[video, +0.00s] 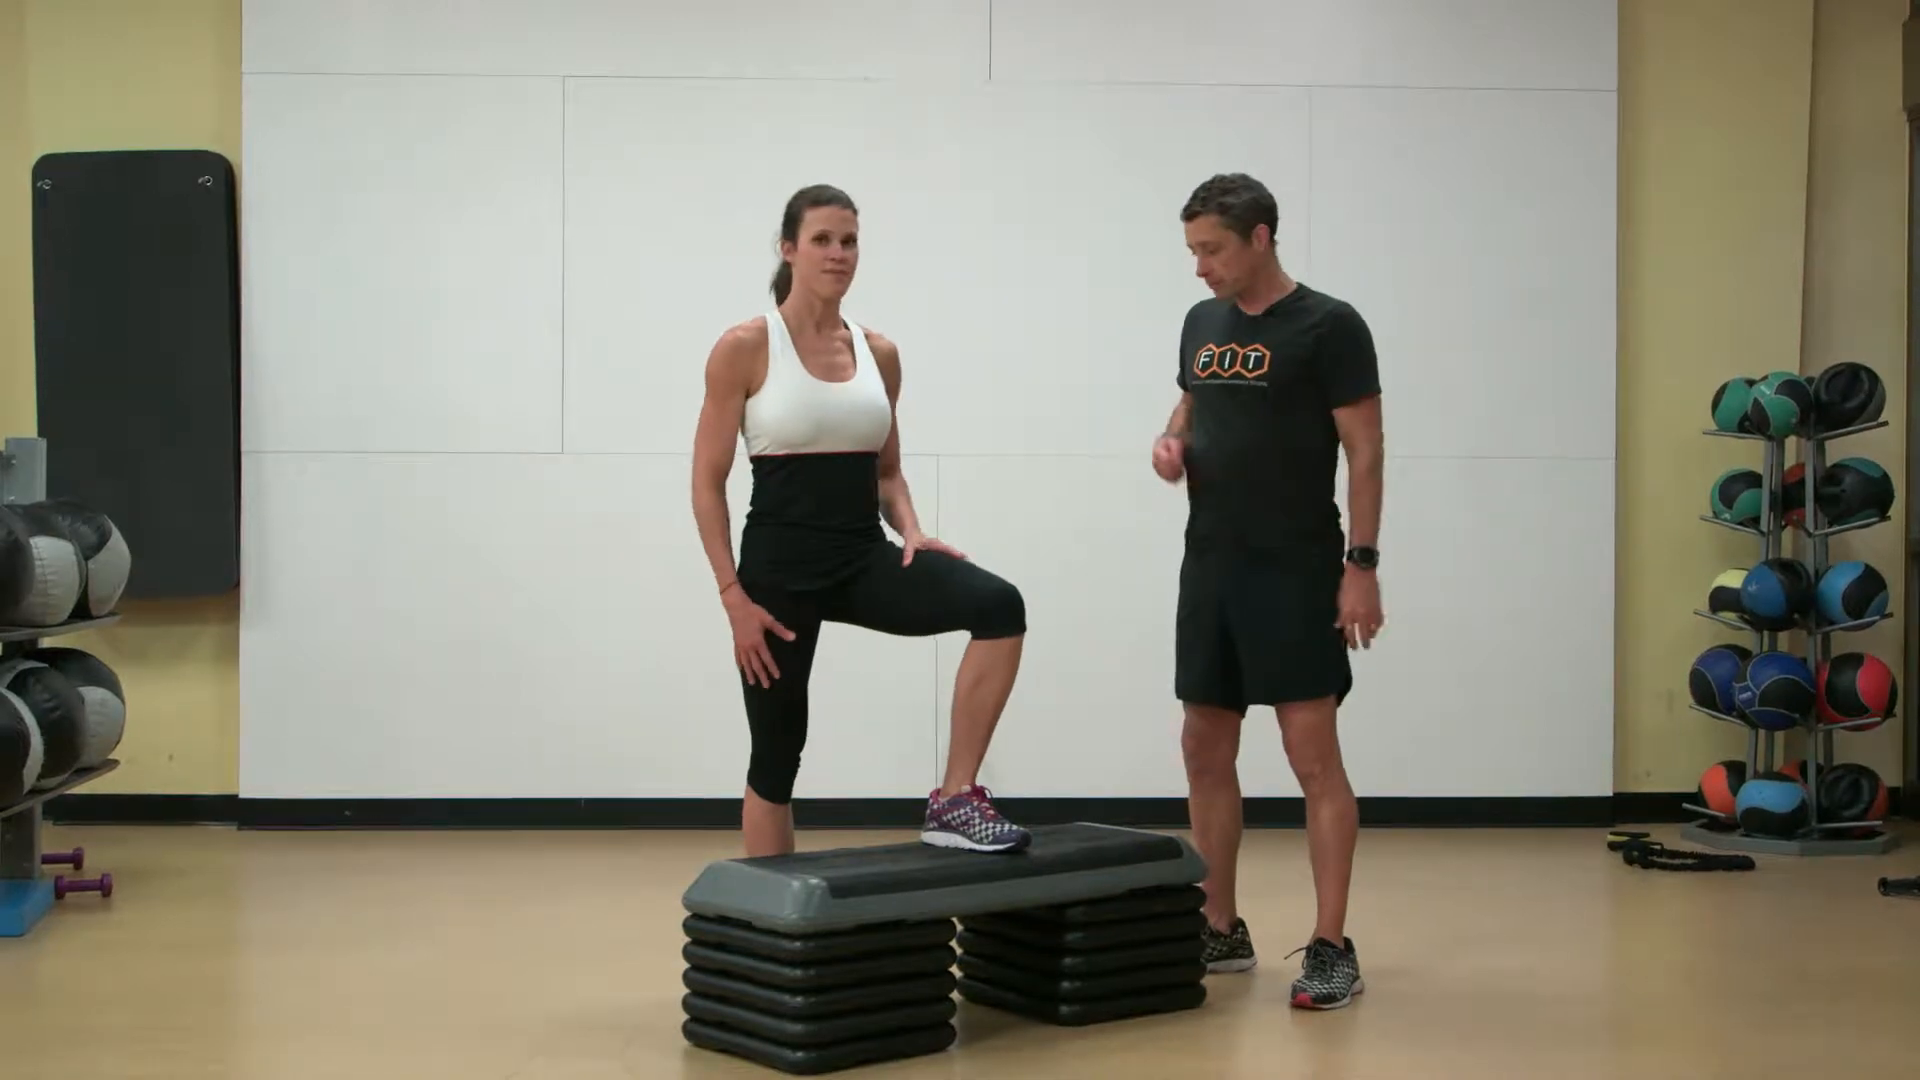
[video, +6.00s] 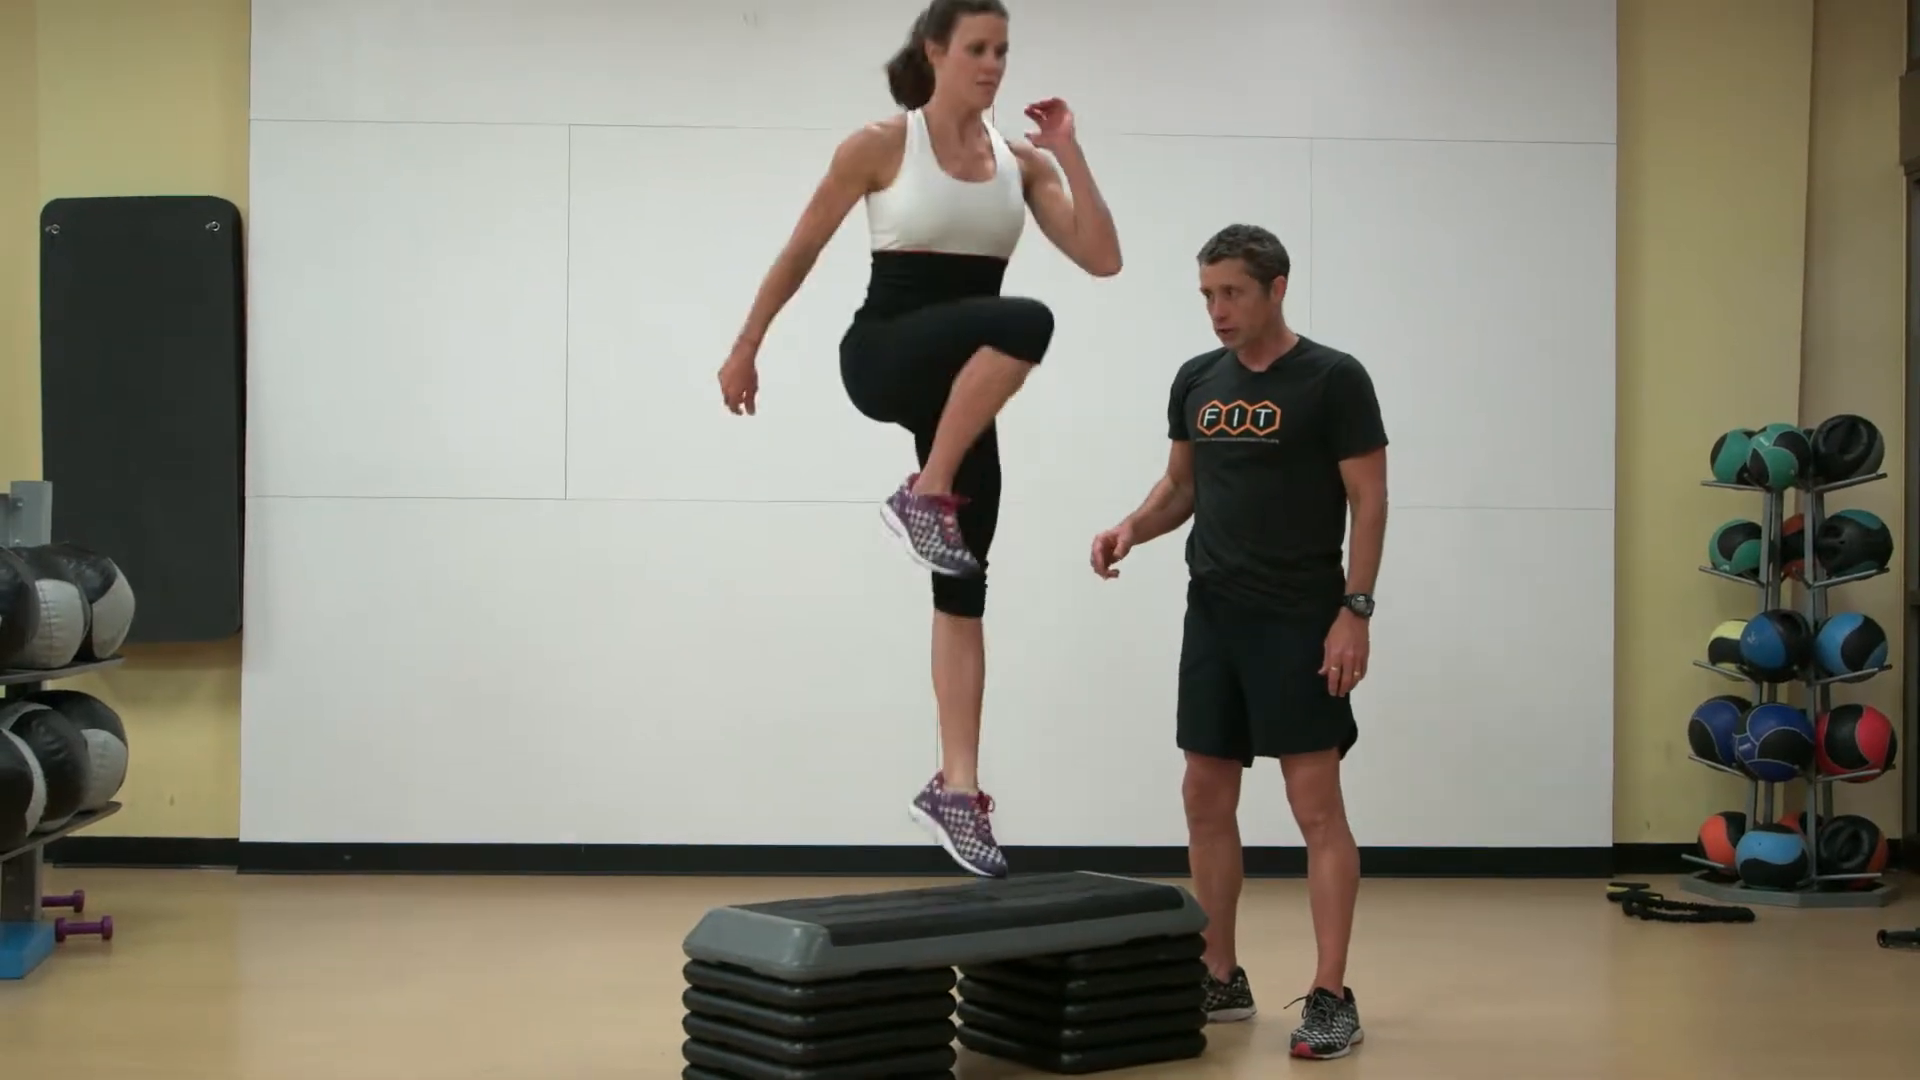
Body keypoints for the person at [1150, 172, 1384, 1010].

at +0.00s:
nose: (1200, 264)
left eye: (1210, 250)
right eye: (1194, 251)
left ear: (1261, 239)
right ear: (1202, 251)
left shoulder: (1330, 327)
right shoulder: (1202, 324)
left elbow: (1366, 454)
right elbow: (1191, 403)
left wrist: (1362, 565)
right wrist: (1173, 439)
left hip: (1297, 570)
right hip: (1211, 569)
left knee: (1313, 756)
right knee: (1204, 748)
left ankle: (1329, 943)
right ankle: (1218, 927)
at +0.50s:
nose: (1158, 306)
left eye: (1169, 290)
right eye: (1151, 292)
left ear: (1220, 277)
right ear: (1156, 290)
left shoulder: (1313, 333)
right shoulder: (1163, 368)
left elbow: (1374, 437)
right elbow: (1120, 464)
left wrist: (1331, 534)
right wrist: (1084, 524)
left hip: (1331, 561)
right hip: (1244, 567)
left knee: (1330, 756)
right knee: (1207, 743)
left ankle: (1330, 942)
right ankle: (1218, 928)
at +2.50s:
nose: (1188, 263)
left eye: (1203, 248)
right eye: (1185, 248)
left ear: (1255, 252)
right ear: (1195, 255)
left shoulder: (1330, 340)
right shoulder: (1183, 351)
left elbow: (1376, 456)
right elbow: (1158, 462)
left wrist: (1366, 567)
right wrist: (1129, 533)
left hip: (1321, 577)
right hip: (1231, 575)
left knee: (1326, 768)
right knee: (1207, 752)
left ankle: (1327, 949)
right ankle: (1214, 932)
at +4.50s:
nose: (1212, 279)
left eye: (1223, 262)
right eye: (1202, 266)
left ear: (1267, 248)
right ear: (1198, 263)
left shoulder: (1331, 335)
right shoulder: (1201, 341)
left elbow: (1362, 455)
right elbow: (1183, 452)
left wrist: (1343, 567)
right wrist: (1113, 481)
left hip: (1295, 577)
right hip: (1212, 575)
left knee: (1311, 763)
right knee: (1203, 756)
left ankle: (1327, 951)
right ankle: (1216, 936)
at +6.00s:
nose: (1217, 309)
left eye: (1231, 294)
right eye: (1208, 295)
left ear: (1276, 289)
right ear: (1205, 296)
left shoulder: (1334, 380)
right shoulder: (1196, 382)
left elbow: (1369, 502)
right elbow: (1179, 489)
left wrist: (1355, 609)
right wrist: (1131, 528)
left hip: (1301, 620)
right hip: (1214, 617)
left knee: (1317, 807)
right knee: (1205, 797)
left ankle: (1330, 992)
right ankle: (1219, 976)